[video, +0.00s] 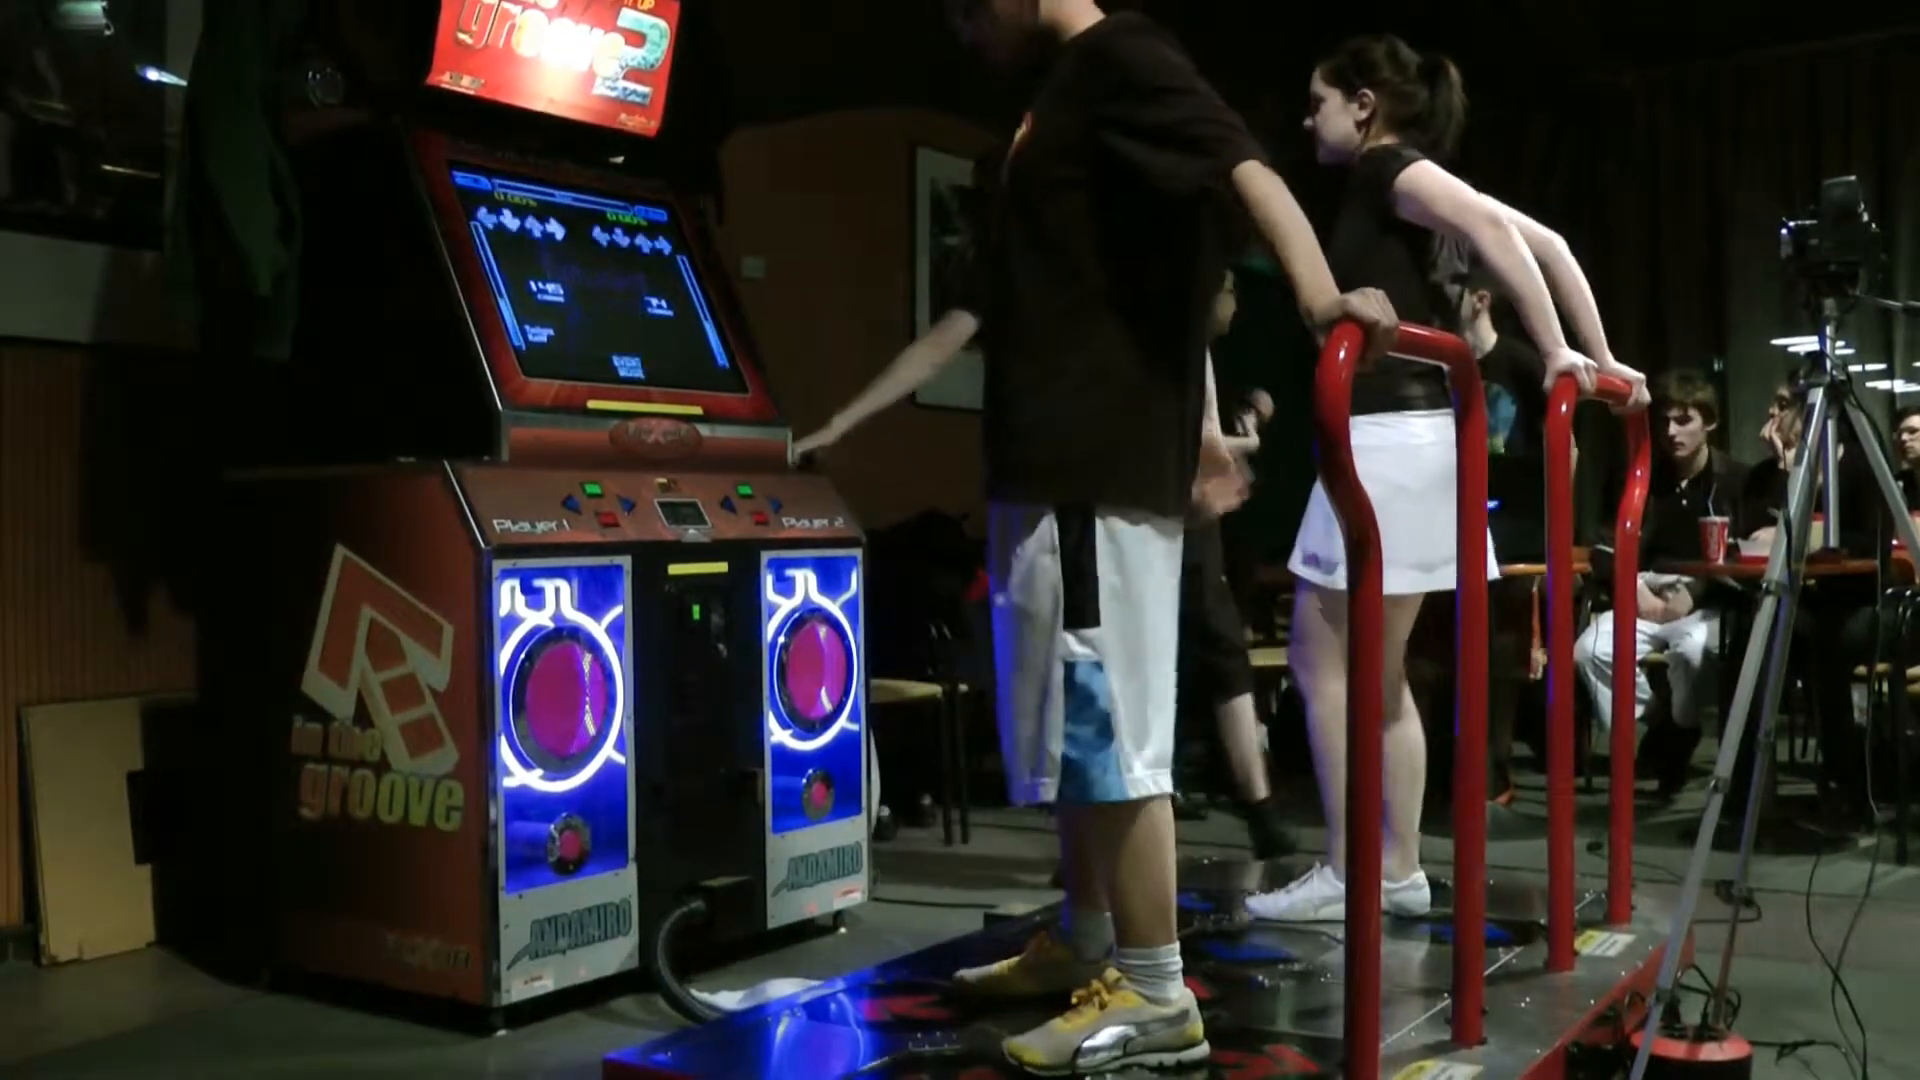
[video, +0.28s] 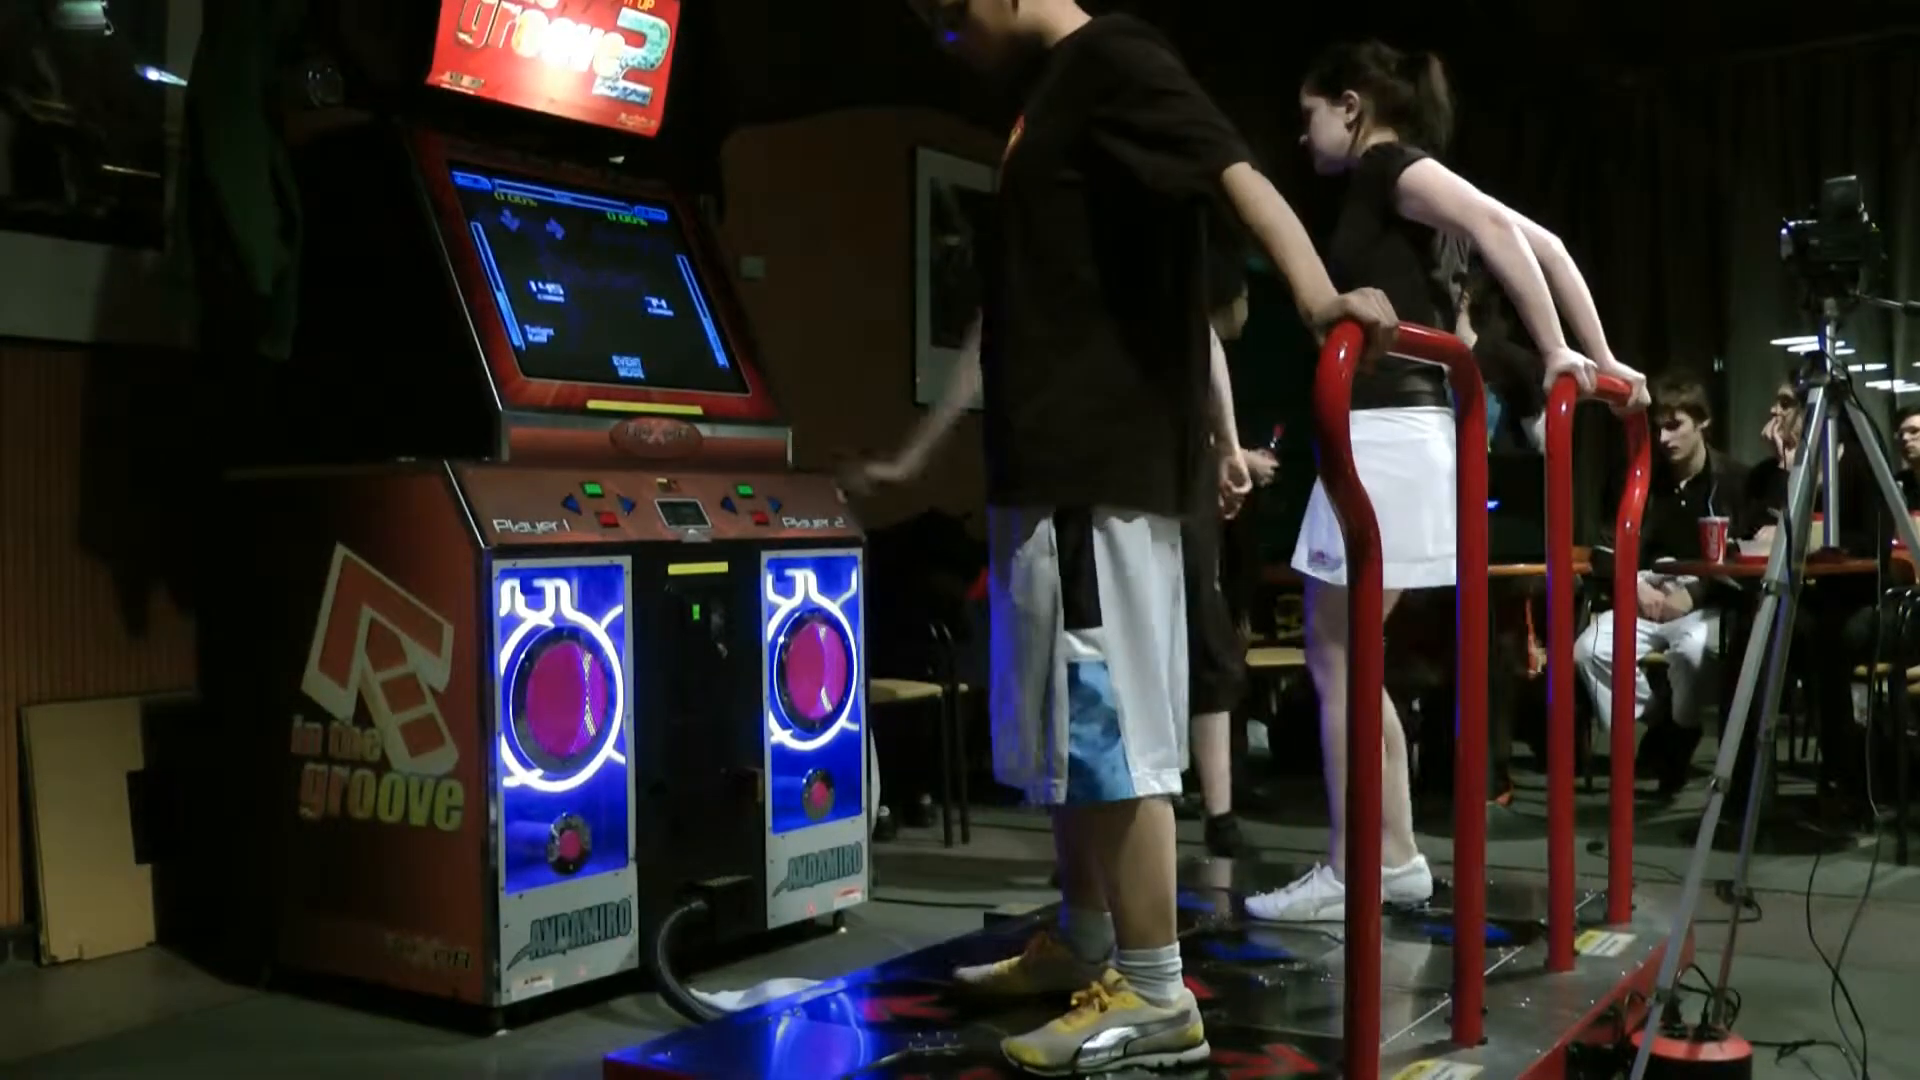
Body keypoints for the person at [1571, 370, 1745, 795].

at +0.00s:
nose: (1671, 431)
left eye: (1683, 421)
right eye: (1664, 421)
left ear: (1709, 424)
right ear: (1655, 426)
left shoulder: (1734, 479)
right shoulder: (1645, 477)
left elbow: (1743, 555)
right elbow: (1607, 547)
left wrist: (1693, 593)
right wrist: (1637, 593)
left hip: (1706, 602)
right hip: (1647, 596)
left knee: (1691, 652)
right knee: (1595, 649)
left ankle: (1681, 738)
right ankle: (1656, 732)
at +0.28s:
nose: (1664, 436)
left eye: (1673, 425)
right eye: (1657, 427)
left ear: (1702, 424)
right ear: (1650, 430)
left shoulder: (1731, 479)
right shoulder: (1643, 477)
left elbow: (1739, 556)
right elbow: (1607, 550)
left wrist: (1691, 594)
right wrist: (1636, 589)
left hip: (1703, 598)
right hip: (1647, 593)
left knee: (1693, 651)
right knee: (1594, 648)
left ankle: (1682, 737)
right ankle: (1658, 728)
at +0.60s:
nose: (1663, 445)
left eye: (1670, 434)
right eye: (1655, 436)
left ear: (1697, 428)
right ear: (1646, 437)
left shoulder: (1730, 479)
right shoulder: (1641, 478)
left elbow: (1737, 557)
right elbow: (1607, 551)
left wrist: (1689, 595)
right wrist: (1638, 586)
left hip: (1703, 600)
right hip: (1647, 595)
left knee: (1692, 651)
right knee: (1594, 649)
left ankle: (1682, 736)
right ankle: (1657, 729)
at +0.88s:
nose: (1665, 448)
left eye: (1672, 437)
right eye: (1657, 439)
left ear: (1698, 429)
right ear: (1647, 439)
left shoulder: (1730, 480)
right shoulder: (1643, 479)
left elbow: (1740, 559)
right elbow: (1605, 551)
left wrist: (1690, 596)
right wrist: (1637, 587)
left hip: (1705, 602)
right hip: (1648, 597)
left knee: (1690, 650)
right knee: (1593, 649)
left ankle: (1683, 736)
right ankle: (1657, 727)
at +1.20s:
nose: (1667, 447)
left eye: (1675, 436)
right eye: (1659, 439)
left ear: (1700, 429)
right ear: (1648, 437)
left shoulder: (1730, 479)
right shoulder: (1644, 477)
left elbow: (1741, 557)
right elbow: (1605, 549)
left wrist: (1691, 596)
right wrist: (1637, 589)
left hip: (1705, 600)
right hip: (1647, 594)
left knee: (1692, 650)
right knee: (1594, 648)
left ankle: (1682, 737)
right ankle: (1658, 727)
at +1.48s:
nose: (1666, 450)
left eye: (1675, 437)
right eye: (1658, 440)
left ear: (1701, 429)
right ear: (1647, 439)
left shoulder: (1731, 481)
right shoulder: (1643, 480)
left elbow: (1744, 560)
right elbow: (1604, 549)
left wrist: (1691, 597)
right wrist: (1634, 586)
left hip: (1705, 604)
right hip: (1646, 599)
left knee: (1690, 651)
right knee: (1594, 648)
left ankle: (1683, 737)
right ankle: (1660, 730)